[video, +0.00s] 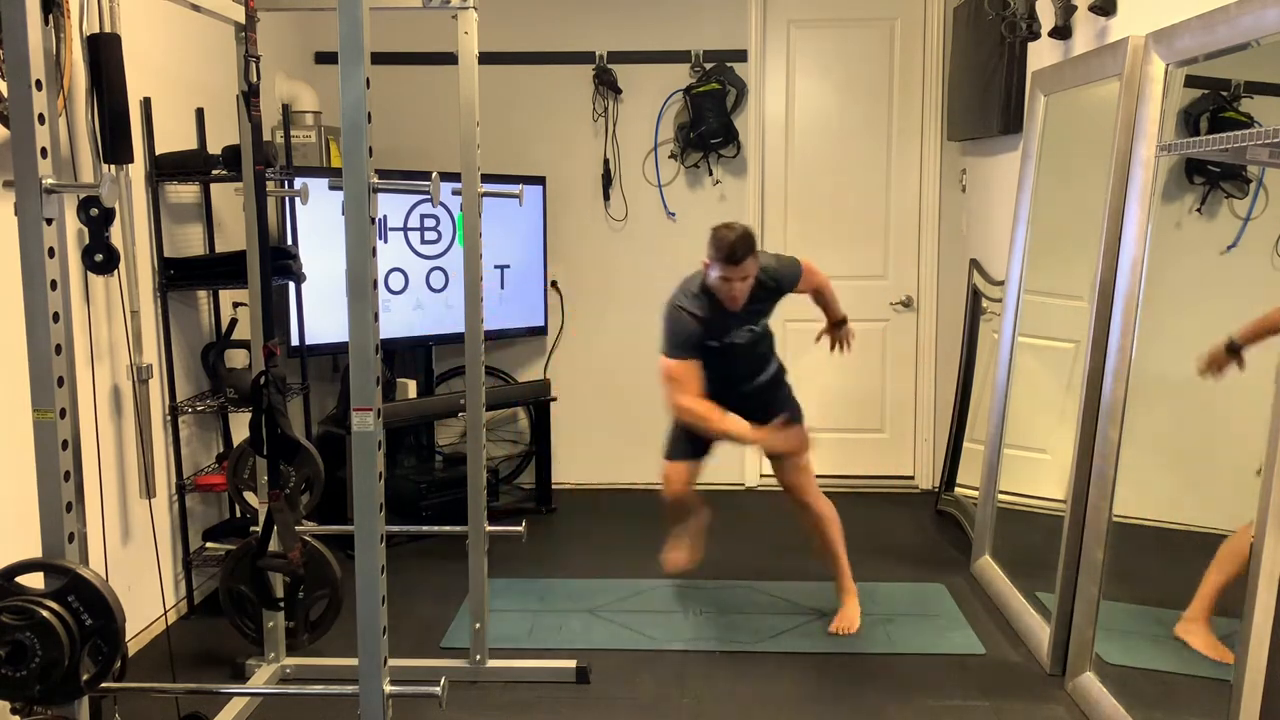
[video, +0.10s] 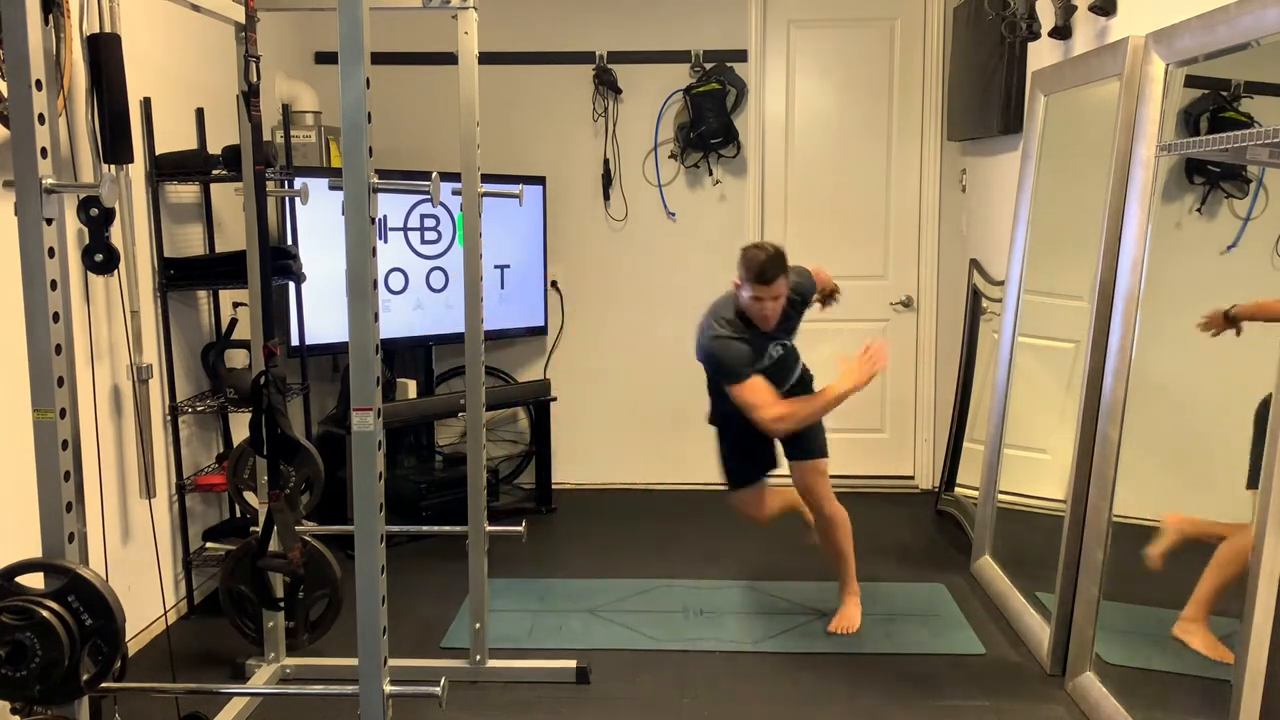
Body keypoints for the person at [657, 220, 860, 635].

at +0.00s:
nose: (737, 291)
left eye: (745, 280)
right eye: (727, 281)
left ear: (755, 268)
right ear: (708, 268)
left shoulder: (772, 274)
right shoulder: (685, 309)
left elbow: (816, 283)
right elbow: (684, 402)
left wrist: (836, 319)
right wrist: (758, 436)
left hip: (763, 387)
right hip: (706, 394)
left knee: (801, 488)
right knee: (674, 489)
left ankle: (848, 590)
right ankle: (692, 519)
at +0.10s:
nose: (769, 309)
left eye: (777, 298)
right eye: (759, 300)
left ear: (787, 286)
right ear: (739, 288)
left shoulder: (795, 287)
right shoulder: (720, 338)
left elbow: (819, 279)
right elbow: (774, 419)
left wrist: (828, 291)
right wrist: (846, 385)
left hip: (792, 390)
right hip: (736, 410)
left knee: (819, 500)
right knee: (753, 507)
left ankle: (850, 592)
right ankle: (800, 498)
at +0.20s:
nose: (788, 328)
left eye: (796, 316)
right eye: (776, 318)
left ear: (804, 303)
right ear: (756, 307)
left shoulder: (810, 300)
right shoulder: (742, 356)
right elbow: (825, 415)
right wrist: (869, 350)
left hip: (808, 401)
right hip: (764, 427)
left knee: (826, 492)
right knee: (813, 499)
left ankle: (852, 593)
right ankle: (856, 522)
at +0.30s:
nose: (796, 337)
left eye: (804, 325)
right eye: (784, 329)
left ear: (812, 310)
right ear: (763, 317)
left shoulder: (813, 306)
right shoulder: (749, 363)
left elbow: (781, 285)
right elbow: (829, 424)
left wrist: (755, 295)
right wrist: (868, 355)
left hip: (816, 394)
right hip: (772, 425)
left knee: (836, 497)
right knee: (830, 480)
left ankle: (851, 593)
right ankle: (871, 513)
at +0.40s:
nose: (795, 337)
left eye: (803, 325)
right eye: (783, 328)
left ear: (811, 312)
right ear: (763, 316)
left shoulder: (819, 310)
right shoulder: (742, 359)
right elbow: (802, 437)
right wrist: (869, 390)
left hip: (815, 404)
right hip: (769, 431)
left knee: (829, 502)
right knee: (809, 499)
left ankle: (852, 593)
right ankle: (861, 502)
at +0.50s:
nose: (779, 329)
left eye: (787, 318)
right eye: (769, 319)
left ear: (799, 306)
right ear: (751, 306)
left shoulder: (814, 316)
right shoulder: (724, 342)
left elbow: (839, 329)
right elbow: (740, 430)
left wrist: (843, 350)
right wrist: (820, 450)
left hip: (805, 406)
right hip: (756, 419)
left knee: (821, 507)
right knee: (768, 522)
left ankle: (853, 594)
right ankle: (807, 506)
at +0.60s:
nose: (755, 312)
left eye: (764, 302)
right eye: (745, 302)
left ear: (777, 290)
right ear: (729, 290)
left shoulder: (797, 313)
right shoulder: (696, 321)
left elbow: (858, 349)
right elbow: (670, 395)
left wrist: (889, 404)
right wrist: (703, 462)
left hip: (784, 403)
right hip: (723, 407)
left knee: (812, 499)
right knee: (701, 495)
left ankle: (852, 594)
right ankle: (703, 528)